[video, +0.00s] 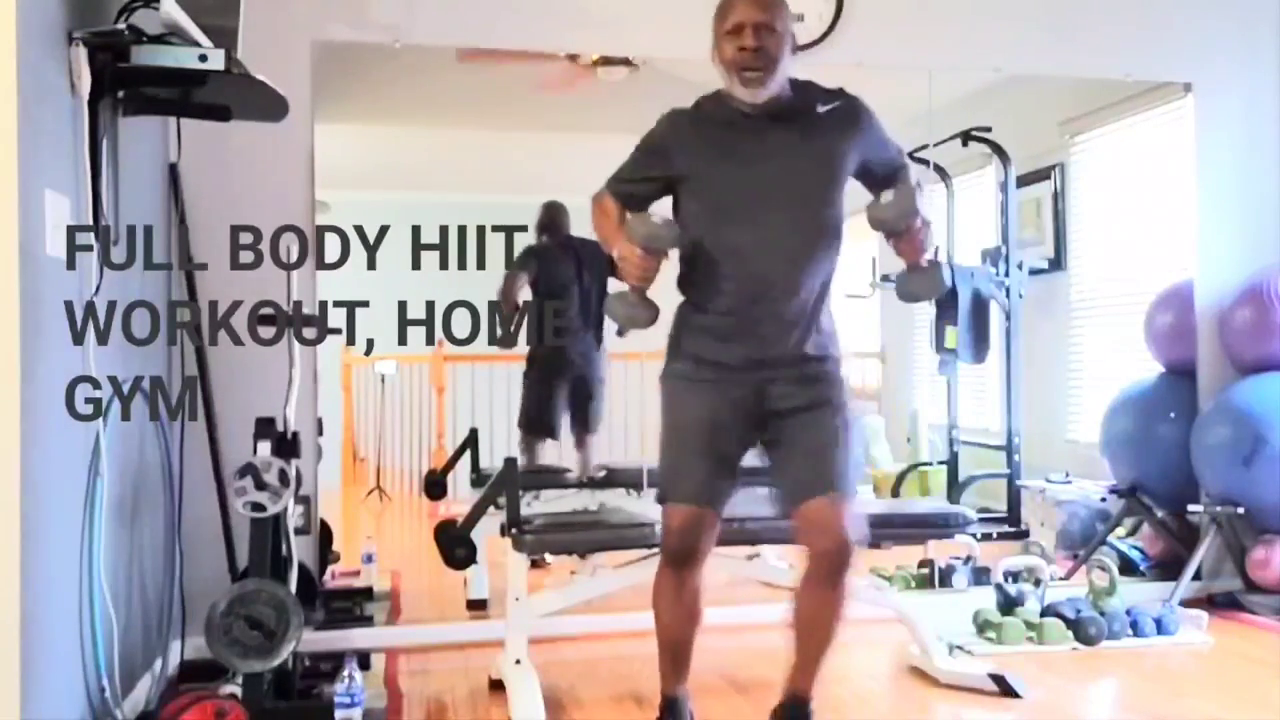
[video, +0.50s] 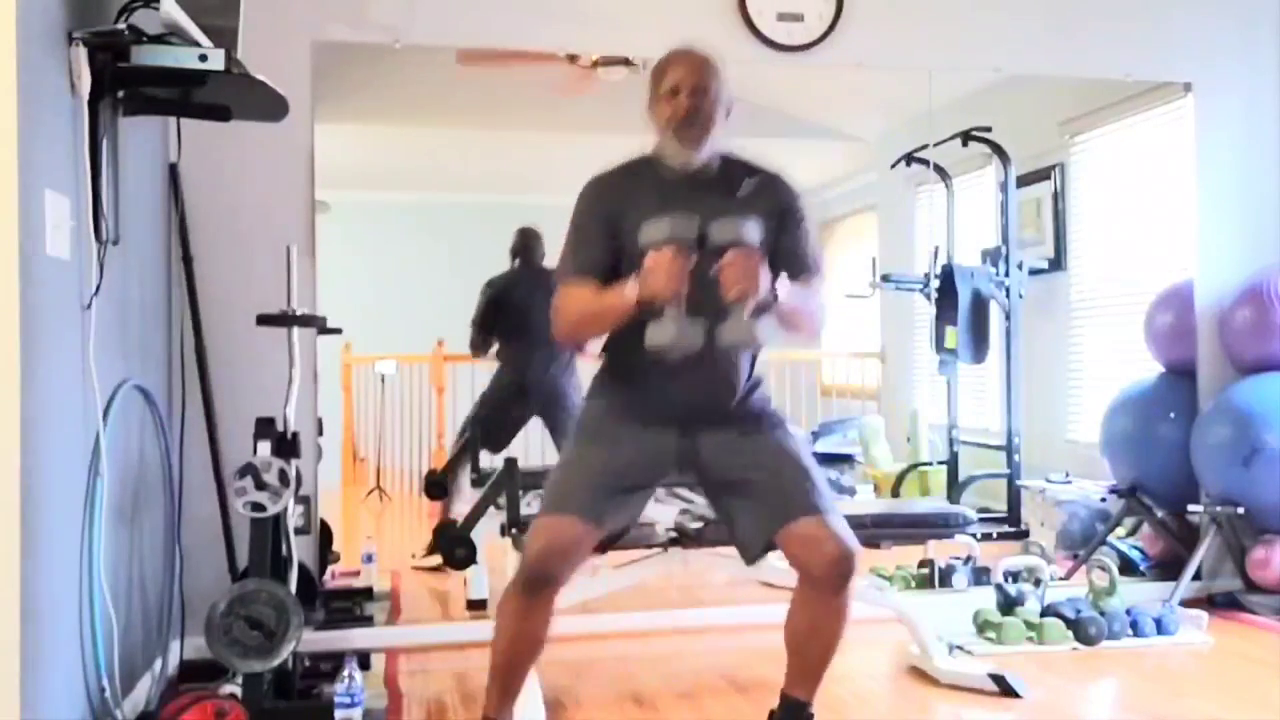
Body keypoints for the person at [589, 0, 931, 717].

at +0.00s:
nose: (750, 42)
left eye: (765, 28)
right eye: (734, 31)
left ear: (793, 39)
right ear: (715, 47)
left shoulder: (843, 119)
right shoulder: (683, 131)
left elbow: (897, 183)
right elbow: (607, 203)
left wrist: (909, 232)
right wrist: (621, 249)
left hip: (806, 365)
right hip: (706, 366)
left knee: (831, 543)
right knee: (683, 539)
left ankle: (796, 702)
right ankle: (674, 704)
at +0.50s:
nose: (688, 104)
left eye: (701, 93)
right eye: (674, 92)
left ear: (724, 106)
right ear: (652, 105)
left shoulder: (767, 193)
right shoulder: (609, 194)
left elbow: (810, 315)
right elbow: (568, 318)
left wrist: (769, 289)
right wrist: (638, 290)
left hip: (737, 413)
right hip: (628, 412)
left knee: (832, 558)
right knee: (542, 563)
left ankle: (794, 709)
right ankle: (495, 713)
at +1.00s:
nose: (568, 32)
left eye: (586, 16)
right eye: (553, 18)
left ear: (615, 25)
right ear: (533, 29)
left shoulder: (662, 116)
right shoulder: (494, 116)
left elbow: (715, 210)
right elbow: (437, 205)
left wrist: (742, 247)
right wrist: (417, 245)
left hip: (617, 366)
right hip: (509, 364)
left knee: (661, 552)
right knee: (484, 554)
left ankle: (637, 710)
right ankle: (485, 712)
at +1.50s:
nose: (597, 111)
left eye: (611, 97)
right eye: (582, 99)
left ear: (639, 108)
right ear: (563, 113)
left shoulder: (692, 201)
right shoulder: (524, 201)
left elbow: (741, 327)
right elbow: (473, 318)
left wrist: (693, 313)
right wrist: (520, 318)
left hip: (667, 431)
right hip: (548, 432)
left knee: (768, 568)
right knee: (480, 586)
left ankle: (799, 714)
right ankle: (485, 716)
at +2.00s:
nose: (716, 31)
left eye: (732, 17)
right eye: (700, 19)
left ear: (761, 29)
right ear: (682, 33)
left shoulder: (812, 120)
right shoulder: (644, 123)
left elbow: (874, 207)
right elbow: (600, 229)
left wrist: (881, 236)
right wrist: (581, 255)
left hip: (781, 366)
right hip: (675, 366)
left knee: (803, 556)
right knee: (639, 551)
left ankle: (808, 713)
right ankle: (685, 689)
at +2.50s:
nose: (786, 104)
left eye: (802, 90)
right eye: (771, 92)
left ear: (830, 99)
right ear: (754, 103)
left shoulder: (884, 183)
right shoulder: (723, 193)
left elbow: (934, 310)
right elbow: (681, 313)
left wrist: (877, 301)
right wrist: (721, 308)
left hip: (859, 411)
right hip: (750, 411)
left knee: (960, 561)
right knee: (698, 569)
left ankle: (1003, 714)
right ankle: (719, 709)